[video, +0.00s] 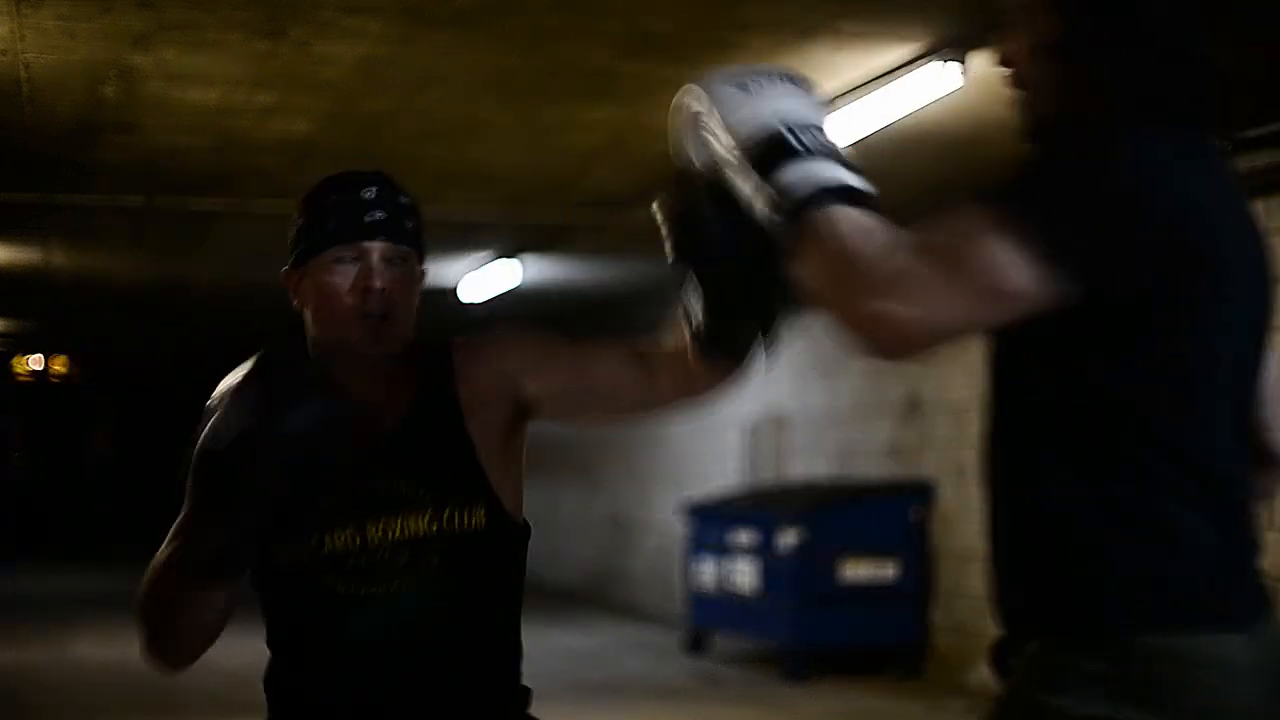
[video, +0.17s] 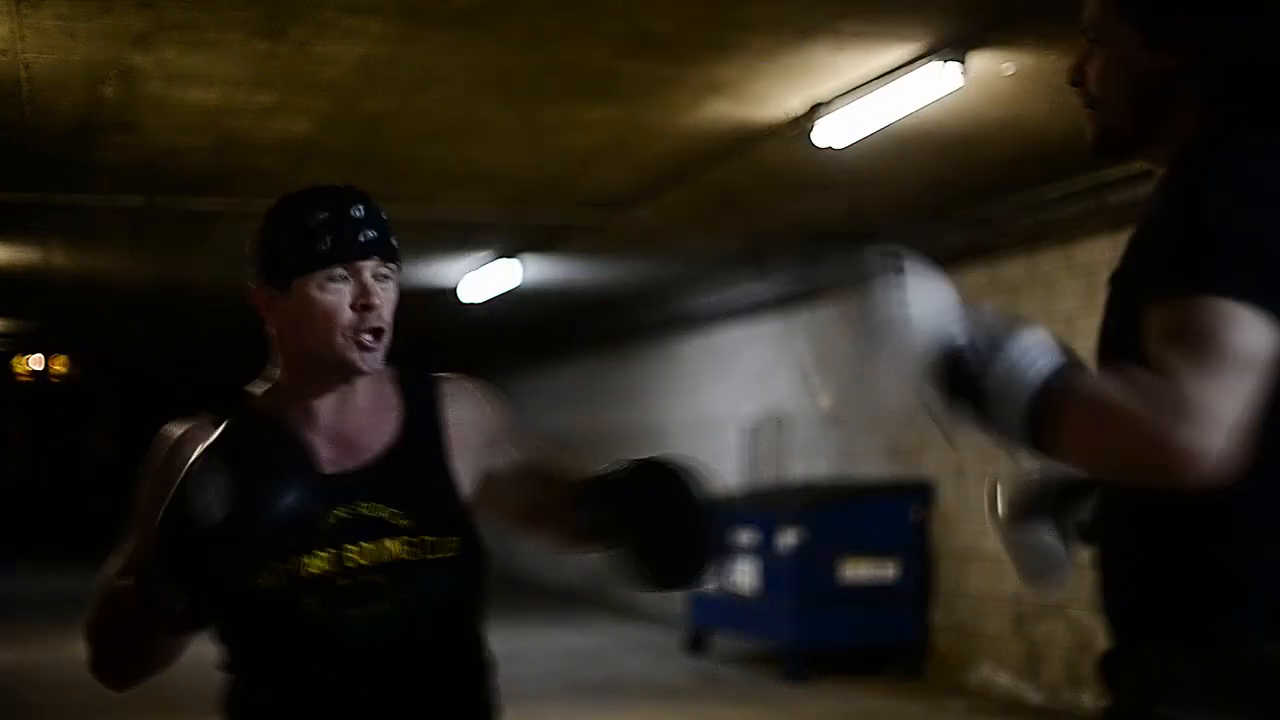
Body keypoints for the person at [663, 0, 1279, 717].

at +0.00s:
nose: (1006, 58)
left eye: (1025, 34)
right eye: (1008, 35)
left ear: (1083, 42)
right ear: (1141, 50)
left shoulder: (1110, 174)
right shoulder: (1213, 196)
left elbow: (896, 302)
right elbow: (1261, 433)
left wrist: (787, 151)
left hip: (1106, 658)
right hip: (1204, 649)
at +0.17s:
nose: (1077, 75)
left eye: (1098, 41)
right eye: (1086, 45)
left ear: (1173, 45)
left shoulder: (1233, 184)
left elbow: (1193, 430)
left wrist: (973, 351)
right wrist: (1091, 504)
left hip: (1227, 669)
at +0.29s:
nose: (1095, 75)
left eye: (1114, 40)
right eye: (1103, 44)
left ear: (1179, 45)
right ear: (1186, 49)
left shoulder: (1221, 193)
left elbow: (1252, 433)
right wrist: (1114, 430)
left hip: (1240, 661)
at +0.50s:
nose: (1066, 63)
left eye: (1085, 29)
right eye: (1073, 34)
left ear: (1159, 32)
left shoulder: (1190, 170)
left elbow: (1206, 437)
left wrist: (989, 520)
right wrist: (1112, 385)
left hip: (1240, 664)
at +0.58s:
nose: (1047, 54)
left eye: (1068, 21)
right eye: (1057, 25)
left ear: (1142, 29)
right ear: (1160, 37)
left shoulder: (1180, 173)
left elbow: (1139, 459)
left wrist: (917, 475)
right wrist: (1093, 386)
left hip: (1223, 667)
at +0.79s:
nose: (1048, 39)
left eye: (1071, 12)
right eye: (1058, 15)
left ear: (1141, 22)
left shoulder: (1164, 179)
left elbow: (1055, 463)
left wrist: (896, 350)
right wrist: (1015, 342)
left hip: (1221, 663)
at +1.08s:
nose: (1046, 64)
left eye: (1071, 33)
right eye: (1056, 36)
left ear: (1141, 43)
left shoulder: (1191, 185)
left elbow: (1084, 454)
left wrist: (969, 321)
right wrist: (1045, 284)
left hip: (1209, 650)